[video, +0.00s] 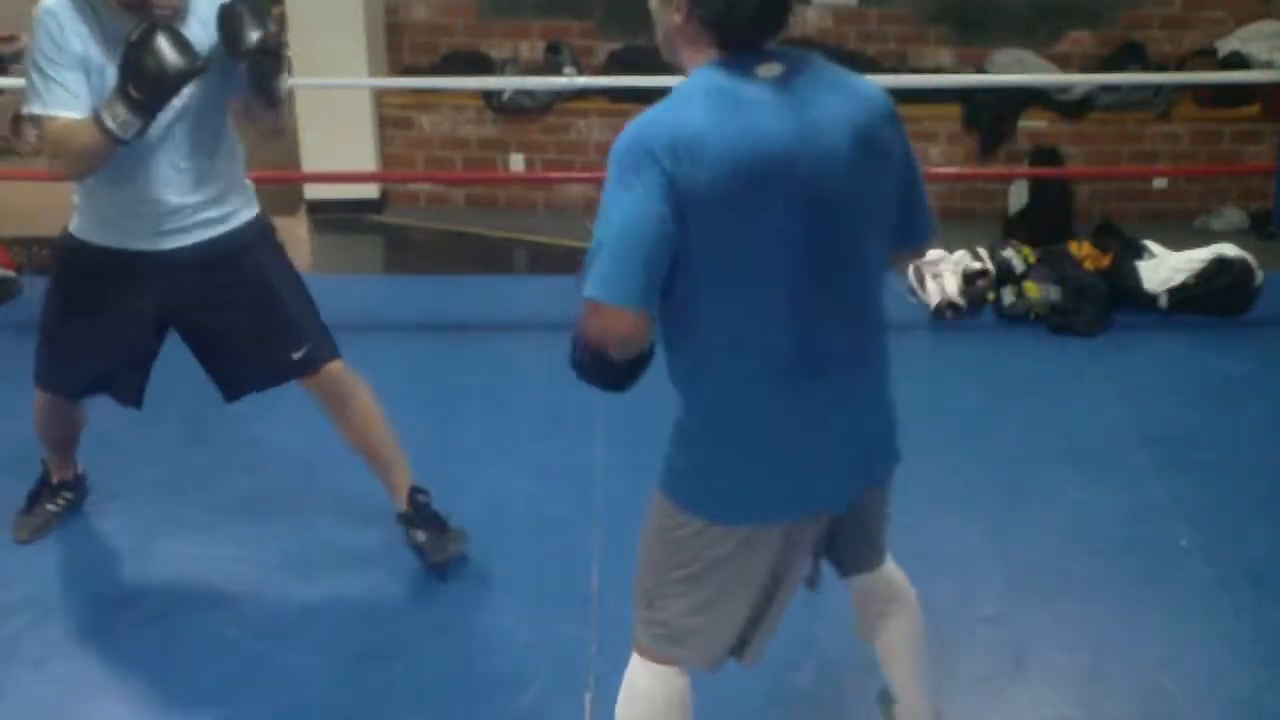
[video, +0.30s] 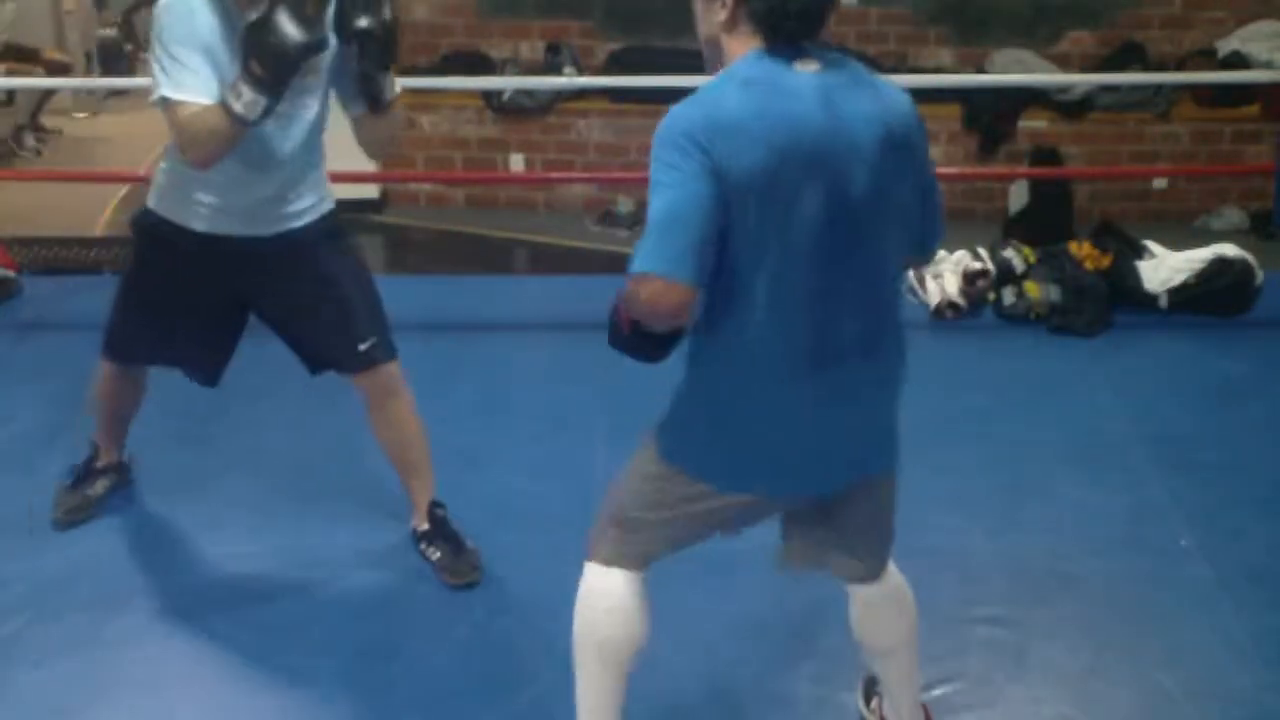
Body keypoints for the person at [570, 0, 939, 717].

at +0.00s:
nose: (658, 15)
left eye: (661, 4)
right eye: (661, 4)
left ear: (680, 16)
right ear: (776, 13)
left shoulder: (659, 139)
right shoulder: (863, 105)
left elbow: (615, 337)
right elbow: (909, 246)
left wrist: (602, 358)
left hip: (733, 457)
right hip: (857, 432)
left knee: (662, 656)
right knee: (873, 571)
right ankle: (916, 709)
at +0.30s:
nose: (696, 13)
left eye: (698, 2)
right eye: (696, 2)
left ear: (725, 9)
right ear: (821, 14)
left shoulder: (700, 121)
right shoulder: (889, 107)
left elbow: (667, 299)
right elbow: (920, 244)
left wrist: (634, 311)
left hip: (735, 422)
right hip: (859, 417)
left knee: (615, 555)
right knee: (868, 567)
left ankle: (596, 710)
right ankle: (903, 710)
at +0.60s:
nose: (605, 28)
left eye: (608, 18)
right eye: (608, 18)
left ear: (621, 28)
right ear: (726, 30)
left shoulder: (570, 145)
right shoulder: (796, 125)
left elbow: (523, 314)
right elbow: (895, 243)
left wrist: (594, 262)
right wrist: (809, 233)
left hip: (642, 442)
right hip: (780, 436)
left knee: (572, 597)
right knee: (849, 590)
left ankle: (533, 713)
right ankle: (898, 709)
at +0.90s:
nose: (588, 28)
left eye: (592, 20)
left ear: (603, 31)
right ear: (709, 34)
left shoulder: (541, 147)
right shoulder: (770, 140)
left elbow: (451, 296)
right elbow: (776, 263)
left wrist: (536, 314)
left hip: (591, 474)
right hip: (735, 481)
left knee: (557, 627)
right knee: (773, 690)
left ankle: (526, 712)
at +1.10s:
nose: (614, 59)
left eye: (620, 44)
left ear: (629, 62)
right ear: (737, 65)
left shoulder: (552, 182)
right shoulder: (786, 191)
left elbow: (477, 341)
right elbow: (785, 312)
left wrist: (574, 350)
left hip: (577, 501)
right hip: (717, 526)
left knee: (551, 584)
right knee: (735, 706)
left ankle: (508, 708)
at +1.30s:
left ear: (610, 60)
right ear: (708, 68)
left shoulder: (524, 162)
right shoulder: (752, 179)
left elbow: (440, 298)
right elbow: (750, 306)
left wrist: (514, 320)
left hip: (542, 471)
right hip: (673, 493)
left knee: (529, 585)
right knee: (726, 700)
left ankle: (496, 705)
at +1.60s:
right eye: (764, 78)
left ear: (658, 74)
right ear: (756, 94)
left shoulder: (555, 162)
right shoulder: (780, 211)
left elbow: (456, 297)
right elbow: (776, 343)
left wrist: (527, 344)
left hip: (536, 488)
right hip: (668, 522)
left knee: (525, 606)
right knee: (712, 706)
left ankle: (500, 706)